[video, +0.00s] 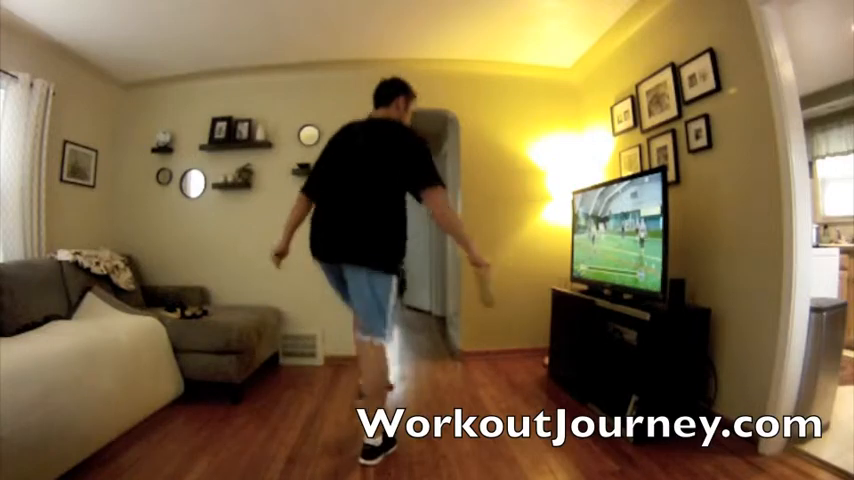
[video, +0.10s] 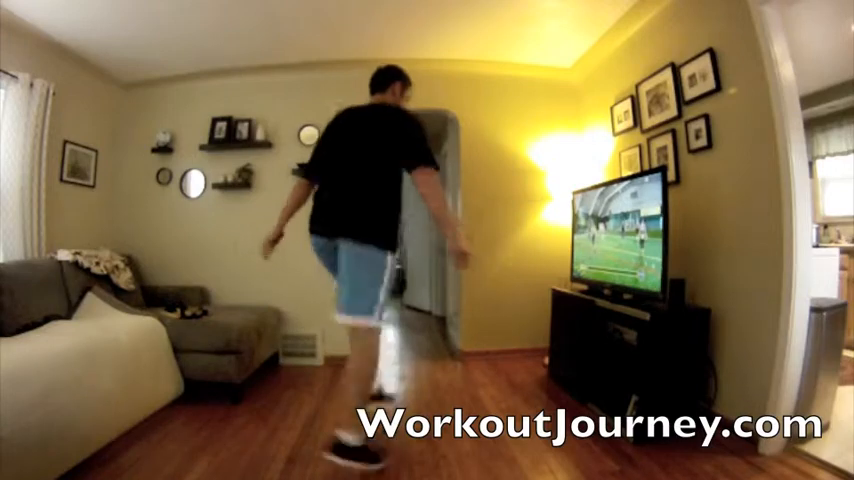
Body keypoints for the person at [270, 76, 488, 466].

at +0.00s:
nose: (411, 115)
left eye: (412, 109)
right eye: (411, 108)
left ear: (375, 102)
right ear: (401, 103)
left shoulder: (345, 135)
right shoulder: (406, 141)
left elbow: (309, 192)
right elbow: (437, 205)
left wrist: (284, 239)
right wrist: (471, 250)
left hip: (328, 246)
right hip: (373, 250)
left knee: (365, 322)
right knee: (373, 337)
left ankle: (371, 383)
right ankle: (374, 434)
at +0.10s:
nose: (406, 101)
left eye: (406, 96)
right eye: (406, 94)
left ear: (371, 88)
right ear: (397, 90)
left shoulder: (341, 119)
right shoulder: (403, 123)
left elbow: (308, 178)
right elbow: (425, 179)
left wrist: (280, 224)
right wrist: (453, 233)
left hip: (322, 231)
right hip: (367, 236)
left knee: (365, 313)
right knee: (362, 336)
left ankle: (369, 385)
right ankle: (350, 433)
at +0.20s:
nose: (398, 103)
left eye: (398, 98)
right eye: (399, 97)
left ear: (365, 93)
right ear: (391, 93)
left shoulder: (337, 126)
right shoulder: (396, 127)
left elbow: (298, 182)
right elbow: (416, 183)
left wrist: (261, 226)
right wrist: (446, 232)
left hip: (330, 241)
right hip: (372, 245)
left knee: (355, 329)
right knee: (379, 337)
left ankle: (343, 415)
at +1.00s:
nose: (413, 109)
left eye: (412, 104)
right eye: (414, 103)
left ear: (382, 97)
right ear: (408, 99)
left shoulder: (351, 126)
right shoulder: (407, 130)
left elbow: (319, 179)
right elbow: (427, 183)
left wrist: (288, 218)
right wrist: (455, 237)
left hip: (333, 226)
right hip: (379, 225)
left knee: (343, 318)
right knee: (404, 292)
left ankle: (311, 409)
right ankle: (381, 379)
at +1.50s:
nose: (406, 110)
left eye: (405, 104)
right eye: (406, 103)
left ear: (372, 99)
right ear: (396, 100)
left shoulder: (341, 128)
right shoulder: (400, 135)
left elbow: (301, 176)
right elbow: (411, 189)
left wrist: (269, 198)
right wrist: (470, 197)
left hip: (315, 240)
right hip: (361, 247)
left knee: (313, 327)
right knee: (361, 336)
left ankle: (262, 382)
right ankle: (344, 426)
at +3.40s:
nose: (388, 113)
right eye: (386, 105)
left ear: (349, 102)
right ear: (380, 100)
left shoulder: (320, 125)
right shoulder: (372, 103)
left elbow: (280, 164)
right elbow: (391, 148)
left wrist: (257, 208)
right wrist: (430, 191)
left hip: (299, 214)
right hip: (339, 213)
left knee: (325, 312)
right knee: (329, 316)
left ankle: (325, 396)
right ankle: (293, 419)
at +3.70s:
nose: (381, 106)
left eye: (380, 98)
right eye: (380, 98)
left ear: (341, 100)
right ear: (374, 98)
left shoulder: (315, 139)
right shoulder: (378, 138)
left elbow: (277, 192)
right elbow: (413, 200)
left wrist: (274, 211)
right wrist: (471, 213)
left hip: (301, 270)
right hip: (346, 273)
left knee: (330, 361)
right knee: (359, 376)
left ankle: (323, 435)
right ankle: (327, 463)